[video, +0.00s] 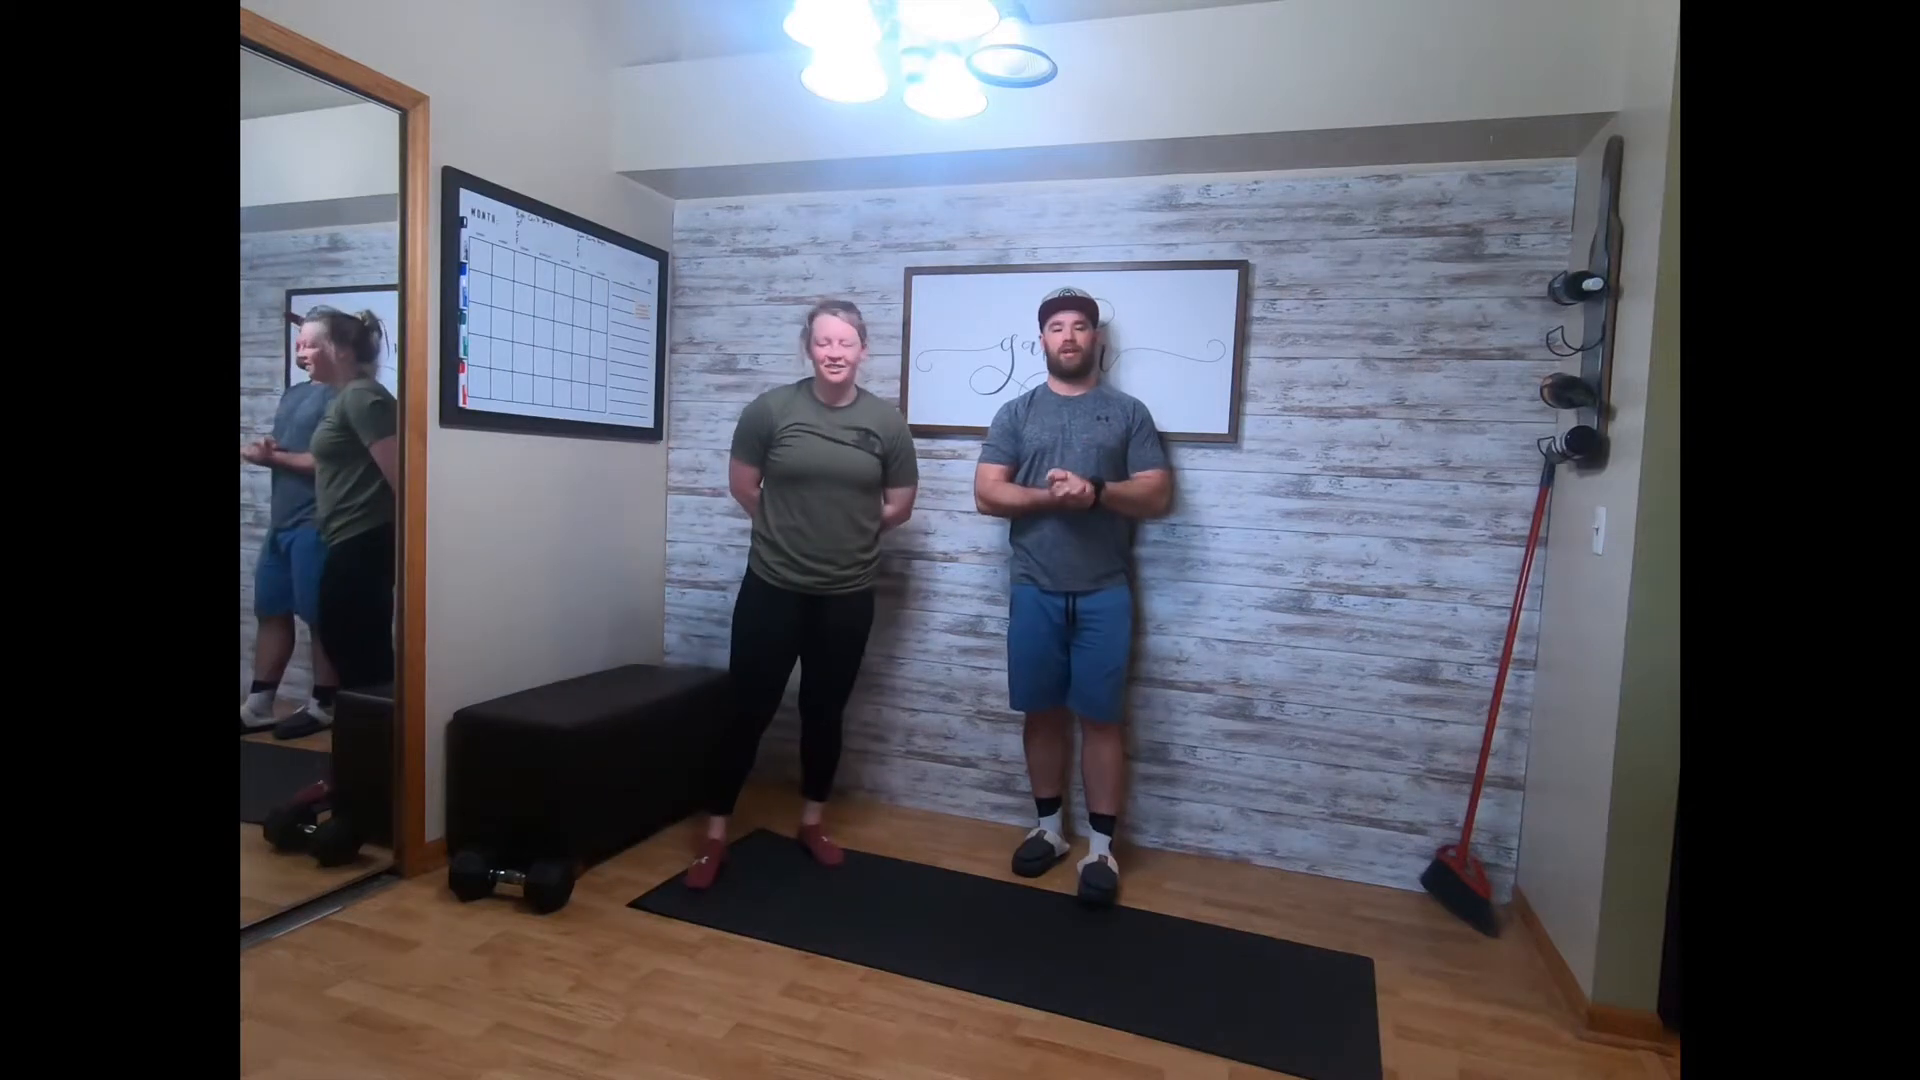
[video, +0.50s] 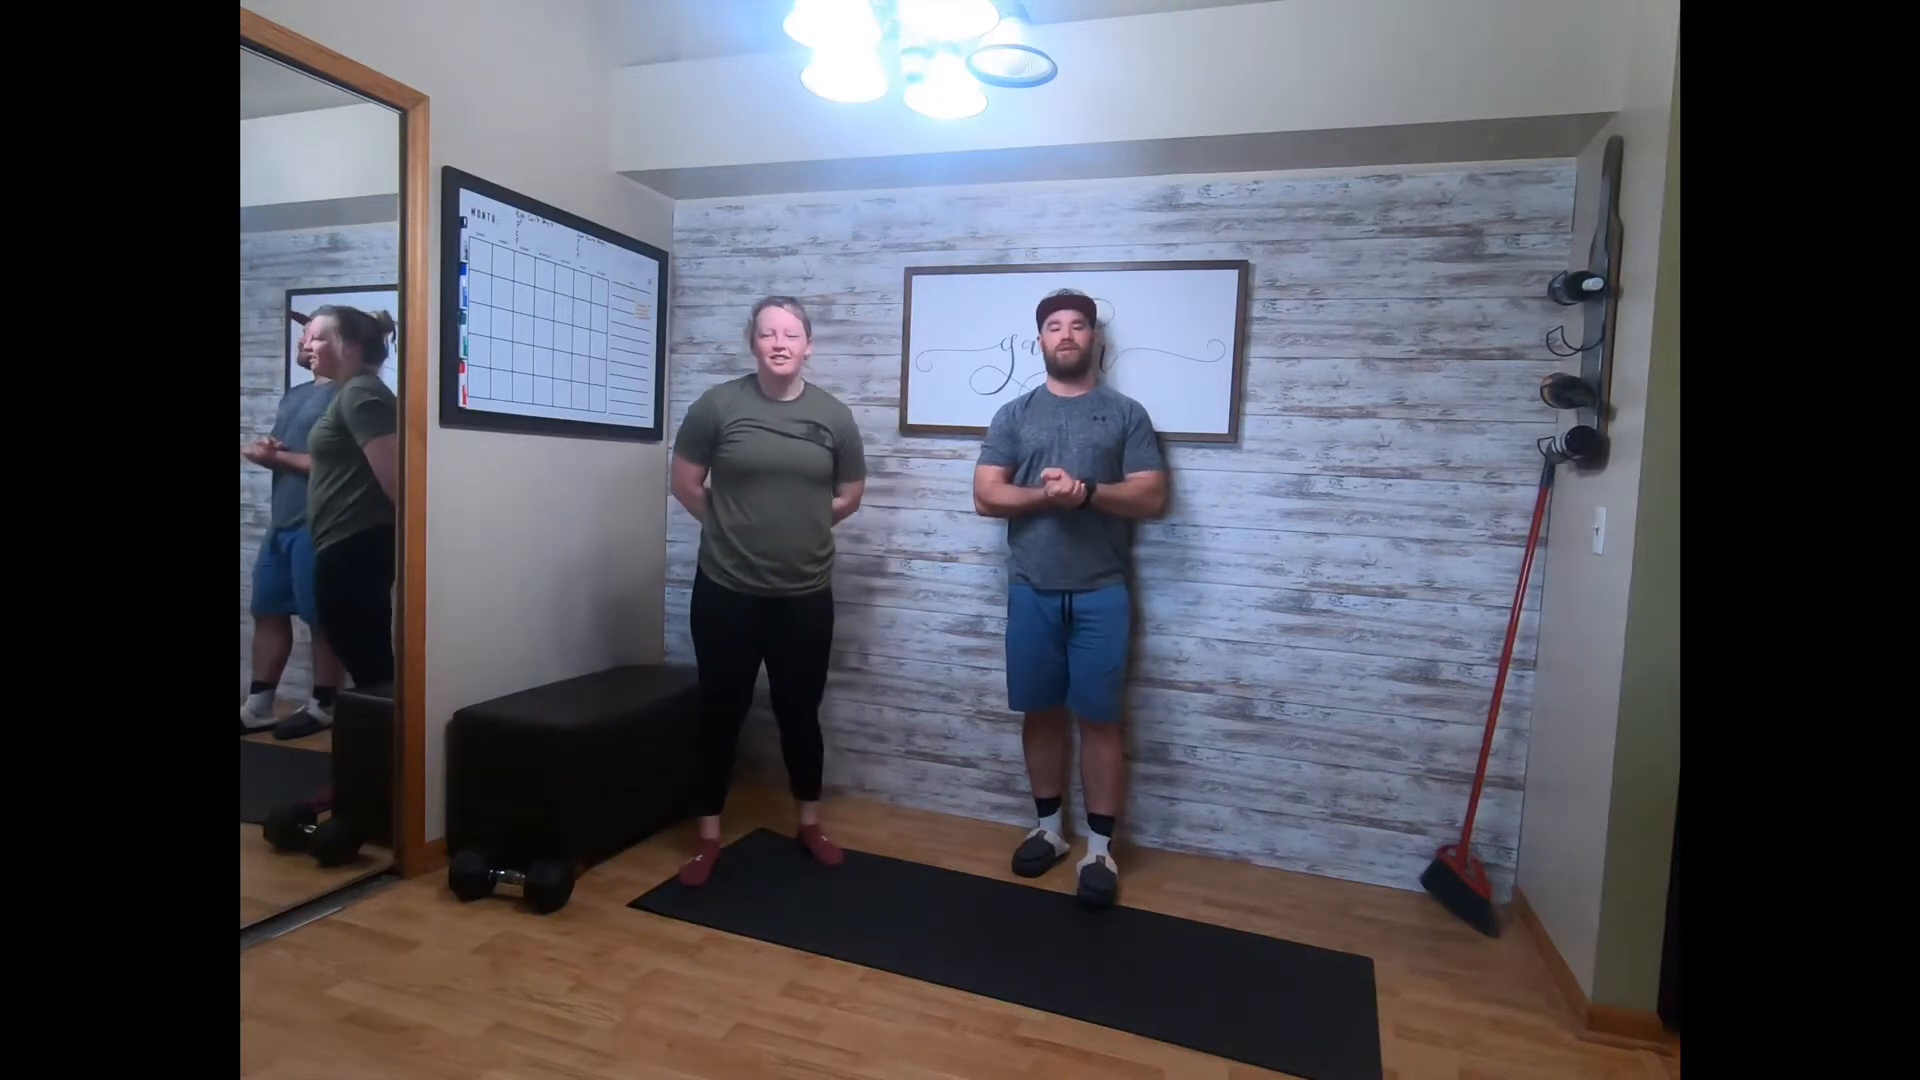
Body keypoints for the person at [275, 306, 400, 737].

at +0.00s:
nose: (304, 357)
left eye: (312, 347)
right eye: (304, 348)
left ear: (340, 350)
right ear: (343, 351)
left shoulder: (362, 397)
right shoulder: (345, 398)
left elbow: (405, 481)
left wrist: (418, 546)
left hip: (366, 542)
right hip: (349, 541)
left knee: (354, 649)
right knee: (351, 646)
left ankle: (361, 767)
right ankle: (361, 763)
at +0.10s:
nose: (305, 355)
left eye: (314, 345)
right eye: (306, 346)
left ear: (342, 348)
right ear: (340, 351)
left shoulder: (364, 397)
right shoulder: (348, 399)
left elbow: (404, 482)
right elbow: (327, 465)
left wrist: (419, 544)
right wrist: (277, 455)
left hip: (366, 538)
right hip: (350, 538)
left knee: (351, 637)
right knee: (350, 636)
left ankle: (377, 737)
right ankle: (370, 734)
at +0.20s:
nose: (309, 353)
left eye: (317, 343)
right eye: (310, 345)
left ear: (344, 347)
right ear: (345, 349)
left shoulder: (364, 397)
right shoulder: (348, 399)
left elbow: (403, 485)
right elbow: (328, 465)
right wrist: (278, 454)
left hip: (364, 541)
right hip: (348, 541)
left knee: (356, 644)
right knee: (351, 641)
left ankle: (379, 741)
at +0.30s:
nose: (308, 350)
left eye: (318, 342)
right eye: (309, 343)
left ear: (349, 348)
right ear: (345, 350)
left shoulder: (364, 397)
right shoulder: (349, 397)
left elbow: (402, 488)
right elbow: (333, 467)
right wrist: (279, 454)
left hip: (362, 542)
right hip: (345, 541)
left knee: (365, 655)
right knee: (360, 653)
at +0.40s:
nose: (311, 350)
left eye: (319, 340)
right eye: (310, 341)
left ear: (350, 346)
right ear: (348, 348)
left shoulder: (364, 396)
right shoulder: (348, 397)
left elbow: (400, 487)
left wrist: (424, 540)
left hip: (360, 541)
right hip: (346, 540)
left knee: (364, 649)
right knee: (359, 645)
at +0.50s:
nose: (311, 348)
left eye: (319, 339)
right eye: (312, 340)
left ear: (349, 345)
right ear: (349, 347)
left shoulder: (361, 393)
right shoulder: (348, 394)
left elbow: (398, 482)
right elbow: (338, 468)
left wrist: (425, 534)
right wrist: (282, 454)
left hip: (358, 540)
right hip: (345, 539)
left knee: (362, 650)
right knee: (360, 649)